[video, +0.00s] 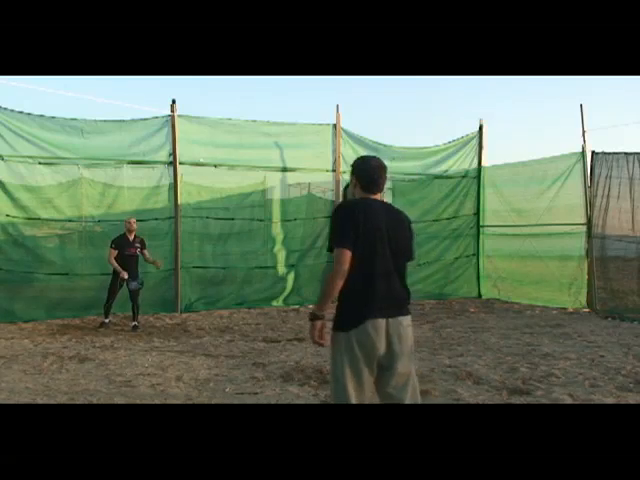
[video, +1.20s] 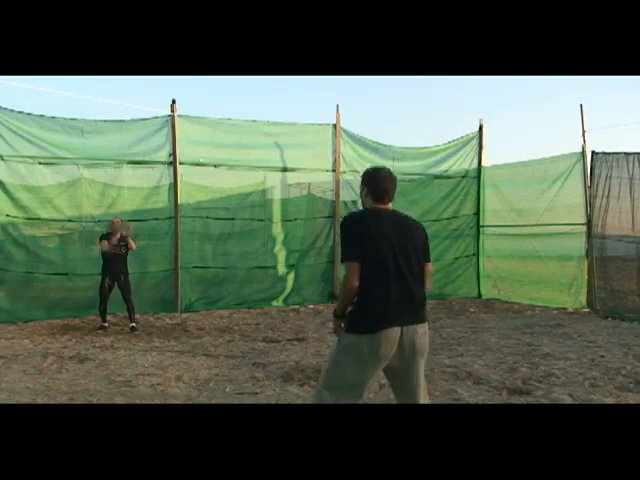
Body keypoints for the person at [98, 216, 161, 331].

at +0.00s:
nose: (132, 225)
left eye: (134, 223)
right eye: (129, 223)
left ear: (136, 225)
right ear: (125, 225)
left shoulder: (140, 241)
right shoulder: (117, 241)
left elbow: (146, 256)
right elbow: (111, 258)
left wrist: (154, 262)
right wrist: (121, 271)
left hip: (133, 273)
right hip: (119, 273)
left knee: (135, 300)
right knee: (110, 298)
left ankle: (135, 322)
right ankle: (106, 319)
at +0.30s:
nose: (126, 227)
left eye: (128, 225)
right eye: (123, 225)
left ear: (131, 226)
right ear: (120, 226)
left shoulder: (135, 241)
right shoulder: (111, 241)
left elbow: (138, 254)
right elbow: (104, 258)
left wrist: (140, 267)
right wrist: (111, 267)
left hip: (130, 272)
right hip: (116, 272)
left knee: (133, 298)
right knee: (108, 298)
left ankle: (135, 321)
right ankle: (104, 322)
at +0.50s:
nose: (121, 226)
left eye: (123, 224)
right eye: (119, 224)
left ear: (127, 226)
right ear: (115, 226)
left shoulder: (132, 241)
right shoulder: (109, 240)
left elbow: (137, 256)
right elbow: (99, 251)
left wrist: (128, 257)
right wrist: (99, 255)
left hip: (126, 273)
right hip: (112, 273)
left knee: (131, 298)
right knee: (106, 298)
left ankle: (134, 321)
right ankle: (104, 322)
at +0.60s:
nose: (118, 226)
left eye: (121, 224)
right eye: (116, 224)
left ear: (124, 226)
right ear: (113, 226)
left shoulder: (129, 240)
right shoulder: (107, 240)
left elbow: (133, 254)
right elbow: (93, 255)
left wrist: (120, 246)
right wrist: (94, 248)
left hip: (124, 273)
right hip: (110, 273)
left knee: (130, 298)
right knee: (104, 298)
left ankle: (134, 320)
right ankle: (103, 322)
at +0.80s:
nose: (115, 228)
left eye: (117, 225)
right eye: (113, 225)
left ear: (121, 227)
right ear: (110, 228)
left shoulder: (127, 240)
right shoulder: (105, 242)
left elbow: (129, 244)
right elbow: (87, 250)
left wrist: (119, 235)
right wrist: (87, 236)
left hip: (124, 274)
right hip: (110, 275)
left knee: (129, 300)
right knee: (104, 300)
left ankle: (132, 323)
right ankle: (104, 323)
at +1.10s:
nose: (114, 224)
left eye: (116, 222)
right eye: (112, 223)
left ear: (120, 225)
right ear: (110, 226)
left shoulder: (126, 239)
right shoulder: (106, 239)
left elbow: (135, 244)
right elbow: (97, 238)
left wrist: (129, 233)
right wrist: (97, 222)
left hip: (123, 272)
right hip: (109, 272)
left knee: (128, 298)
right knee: (104, 298)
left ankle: (132, 323)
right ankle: (104, 322)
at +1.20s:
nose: (114, 226)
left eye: (117, 224)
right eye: (113, 224)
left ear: (120, 226)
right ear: (110, 225)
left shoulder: (125, 238)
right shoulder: (105, 237)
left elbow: (133, 247)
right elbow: (105, 248)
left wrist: (127, 237)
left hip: (122, 272)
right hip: (108, 272)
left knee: (127, 297)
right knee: (103, 298)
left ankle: (132, 322)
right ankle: (104, 322)